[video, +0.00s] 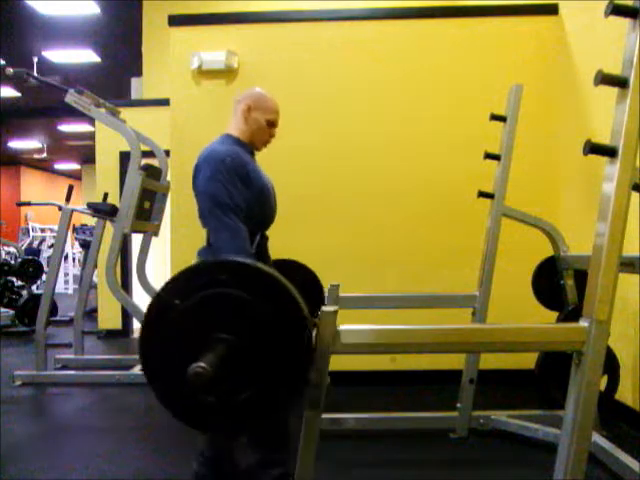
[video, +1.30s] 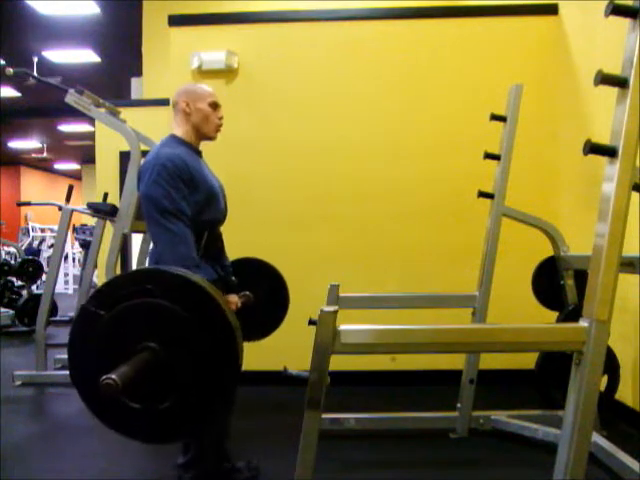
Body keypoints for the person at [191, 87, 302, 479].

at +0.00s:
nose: (273, 133)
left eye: (276, 125)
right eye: (270, 123)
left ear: (251, 117)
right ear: (245, 114)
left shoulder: (242, 158)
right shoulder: (221, 157)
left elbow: (250, 234)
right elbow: (226, 234)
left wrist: (269, 288)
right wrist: (241, 294)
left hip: (250, 292)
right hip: (228, 294)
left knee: (252, 386)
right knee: (229, 387)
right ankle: (222, 465)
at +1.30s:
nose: (221, 116)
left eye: (220, 108)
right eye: (213, 107)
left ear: (189, 109)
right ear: (185, 108)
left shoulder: (190, 159)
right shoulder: (166, 161)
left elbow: (206, 238)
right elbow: (175, 247)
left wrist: (229, 285)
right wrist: (216, 295)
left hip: (202, 295)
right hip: (183, 299)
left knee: (213, 378)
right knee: (204, 380)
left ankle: (208, 459)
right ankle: (206, 462)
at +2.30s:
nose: (272, 142)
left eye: (272, 135)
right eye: (266, 134)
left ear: (244, 135)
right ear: (238, 131)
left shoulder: (227, 182)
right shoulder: (200, 175)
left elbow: (218, 253)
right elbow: (181, 250)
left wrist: (227, 306)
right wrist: (203, 310)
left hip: (189, 292)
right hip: (160, 292)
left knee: (211, 372)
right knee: (196, 376)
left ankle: (209, 455)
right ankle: (199, 459)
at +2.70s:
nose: (302, 188)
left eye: (302, 180)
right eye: (296, 179)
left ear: (272, 178)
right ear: (270, 175)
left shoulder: (248, 221)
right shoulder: (221, 210)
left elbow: (232, 285)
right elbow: (196, 283)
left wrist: (234, 335)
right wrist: (203, 348)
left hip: (173, 285)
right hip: (149, 283)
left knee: (194, 370)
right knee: (174, 372)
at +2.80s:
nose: (309, 198)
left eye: (308, 190)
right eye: (303, 189)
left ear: (278, 185)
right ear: (278, 185)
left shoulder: (251, 226)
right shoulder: (229, 220)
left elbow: (235, 291)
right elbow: (201, 291)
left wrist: (235, 341)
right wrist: (206, 358)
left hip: (175, 284)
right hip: (150, 281)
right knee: (169, 368)